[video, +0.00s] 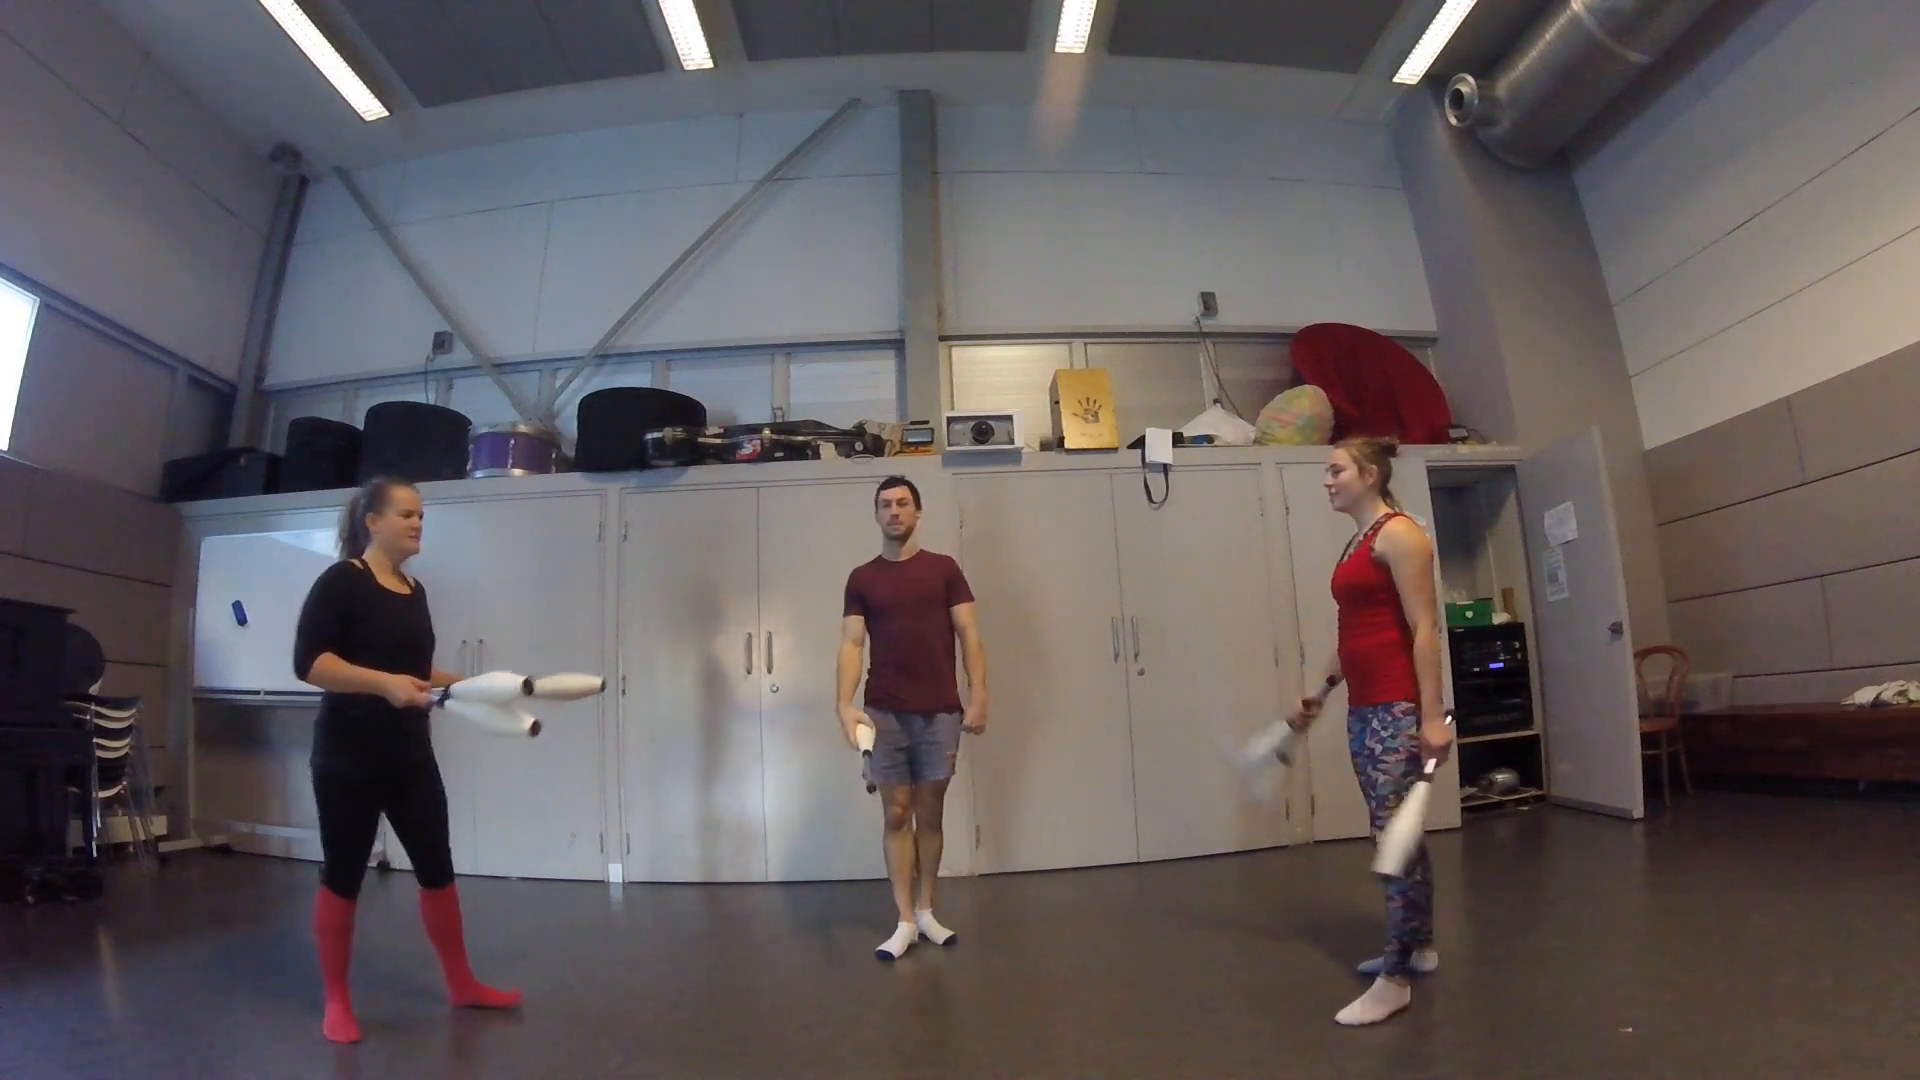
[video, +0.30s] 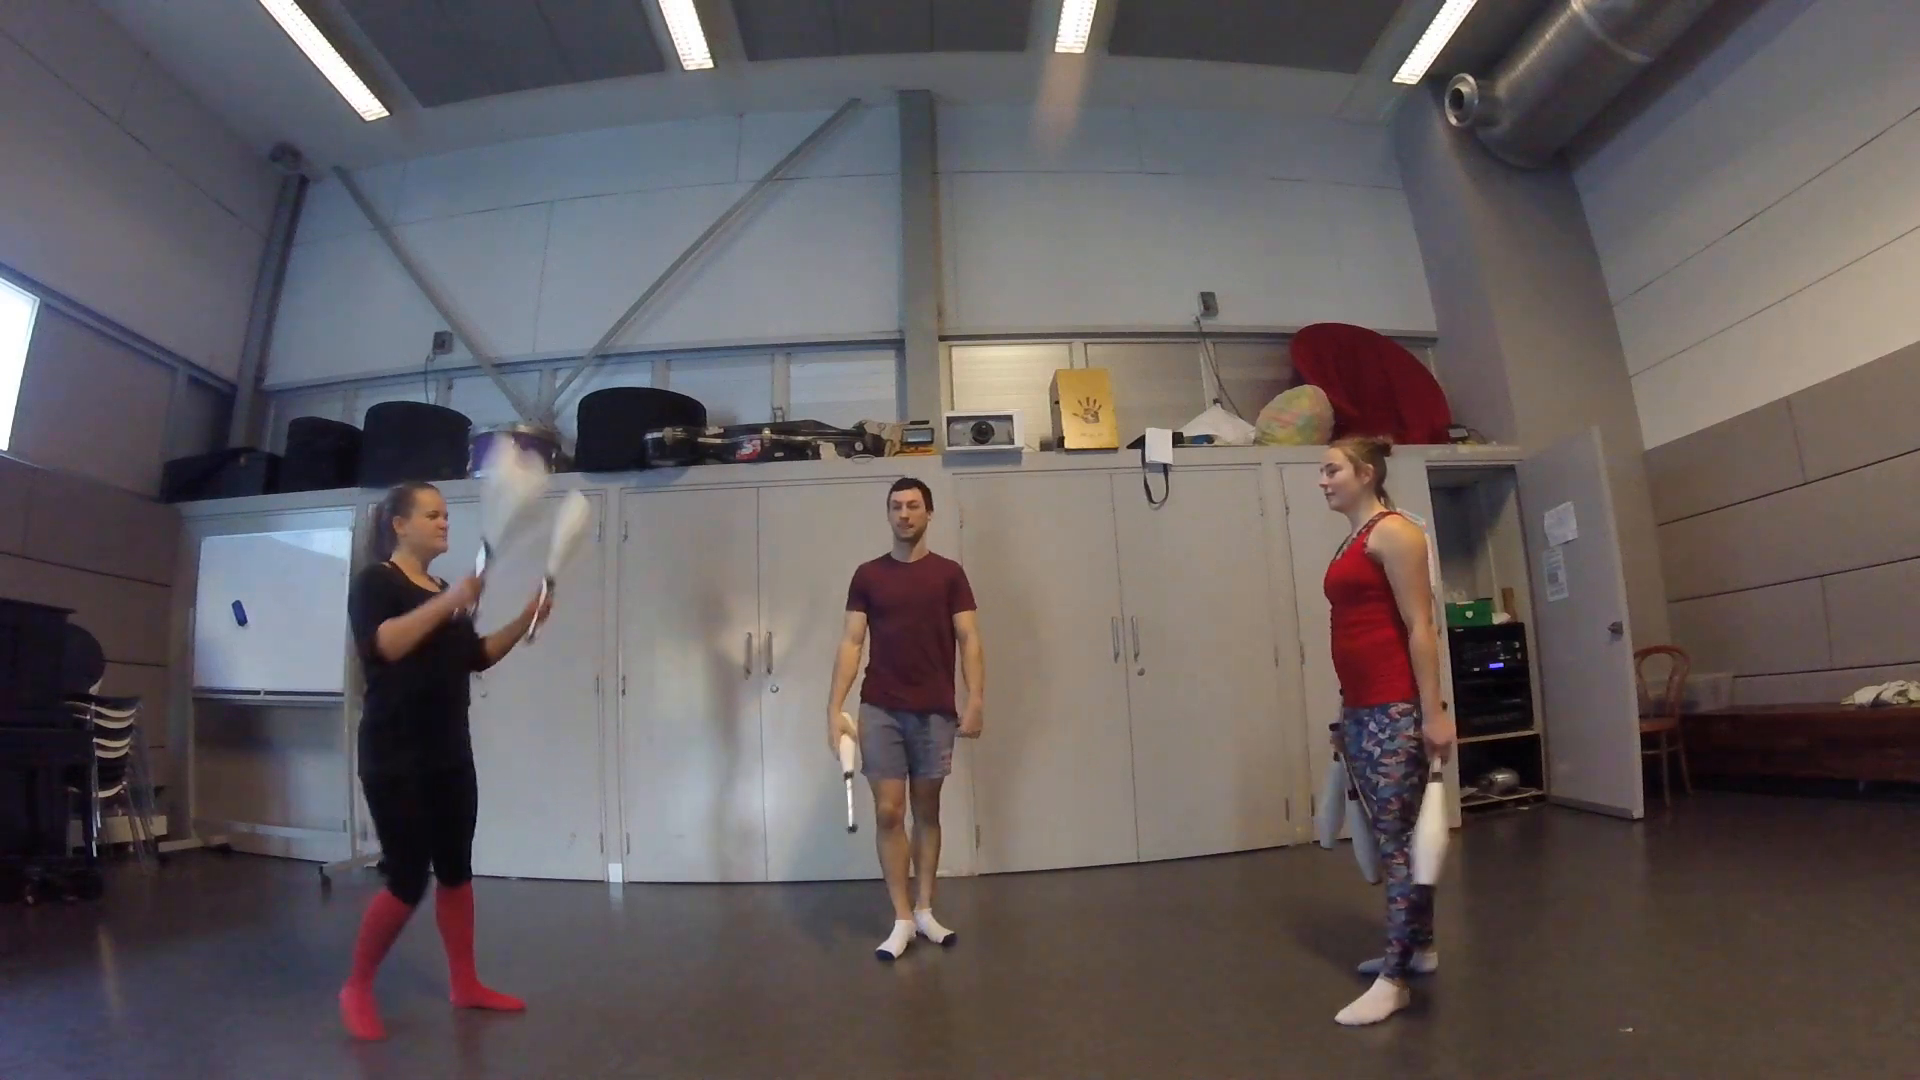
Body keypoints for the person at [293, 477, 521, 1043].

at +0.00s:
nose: (419, 525)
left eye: (421, 517)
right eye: (408, 516)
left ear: (415, 527)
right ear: (371, 522)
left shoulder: (412, 591)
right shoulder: (338, 583)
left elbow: (412, 670)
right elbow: (310, 663)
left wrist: (473, 687)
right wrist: (385, 683)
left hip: (409, 752)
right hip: (348, 753)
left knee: (436, 869)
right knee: (342, 875)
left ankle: (462, 986)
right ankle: (337, 1002)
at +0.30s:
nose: (445, 525)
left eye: (445, 517)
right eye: (434, 516)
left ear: (438, 528)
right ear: (398, 524)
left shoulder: (443, 592)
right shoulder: (374, 582)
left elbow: (478, 657)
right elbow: (385, 644)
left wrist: (524, 622)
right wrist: (450, 600)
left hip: (449, 748)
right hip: (393, 753)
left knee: (456, 870)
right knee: (407, 880)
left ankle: (465, 985)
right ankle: (358, 987)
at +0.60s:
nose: (455, 525)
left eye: (456, 515)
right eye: (443, 515)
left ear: (453, 528)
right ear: (408, 523)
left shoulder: (452, 590)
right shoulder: (385, 580)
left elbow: (501, 641)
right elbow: (417, 615)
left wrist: (528, 583)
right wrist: (460, 544)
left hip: (459, 751)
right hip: (404, 755)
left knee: (461, 873)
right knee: (412, 878)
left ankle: (465, 986)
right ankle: (406, 1005)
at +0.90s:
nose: (460, 519)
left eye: (461, 511)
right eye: (449, 510)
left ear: (454, 523)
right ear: (413, 519)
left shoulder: (460, 588)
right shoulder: (389, 582)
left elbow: (503, 646)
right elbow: (418, 643)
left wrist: (531, 596)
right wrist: (490, 610)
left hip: (457, 750)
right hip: (402, 753)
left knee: (458, 871)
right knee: (403, 875)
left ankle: (465, 986)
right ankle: (404, 1004)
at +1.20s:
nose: (474, 517)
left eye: (474, 508)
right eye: (462, 509)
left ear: (466, 523)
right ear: (428, 521)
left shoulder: (470, 587)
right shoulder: (409, 585)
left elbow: (510, 644)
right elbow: (386, 671)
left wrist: (540, 587)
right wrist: (426, 744)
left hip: (458, 744)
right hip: (406, 747)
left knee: (460, 867)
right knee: (405, 872)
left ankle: (465, 986)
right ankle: (404, 1005)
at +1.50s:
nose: (476, 519)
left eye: (476, 510)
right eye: (465, 510)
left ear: (467, 521)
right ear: (429, 520)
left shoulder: (468, 585)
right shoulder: (415, 583)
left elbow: (492, 656)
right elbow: (434, 661)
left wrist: (549, 625)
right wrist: (513, 691)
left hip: (462, 750)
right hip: (412, 753)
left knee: (459, 869)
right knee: (408, 873)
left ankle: (466, 987)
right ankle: (404, 1006)